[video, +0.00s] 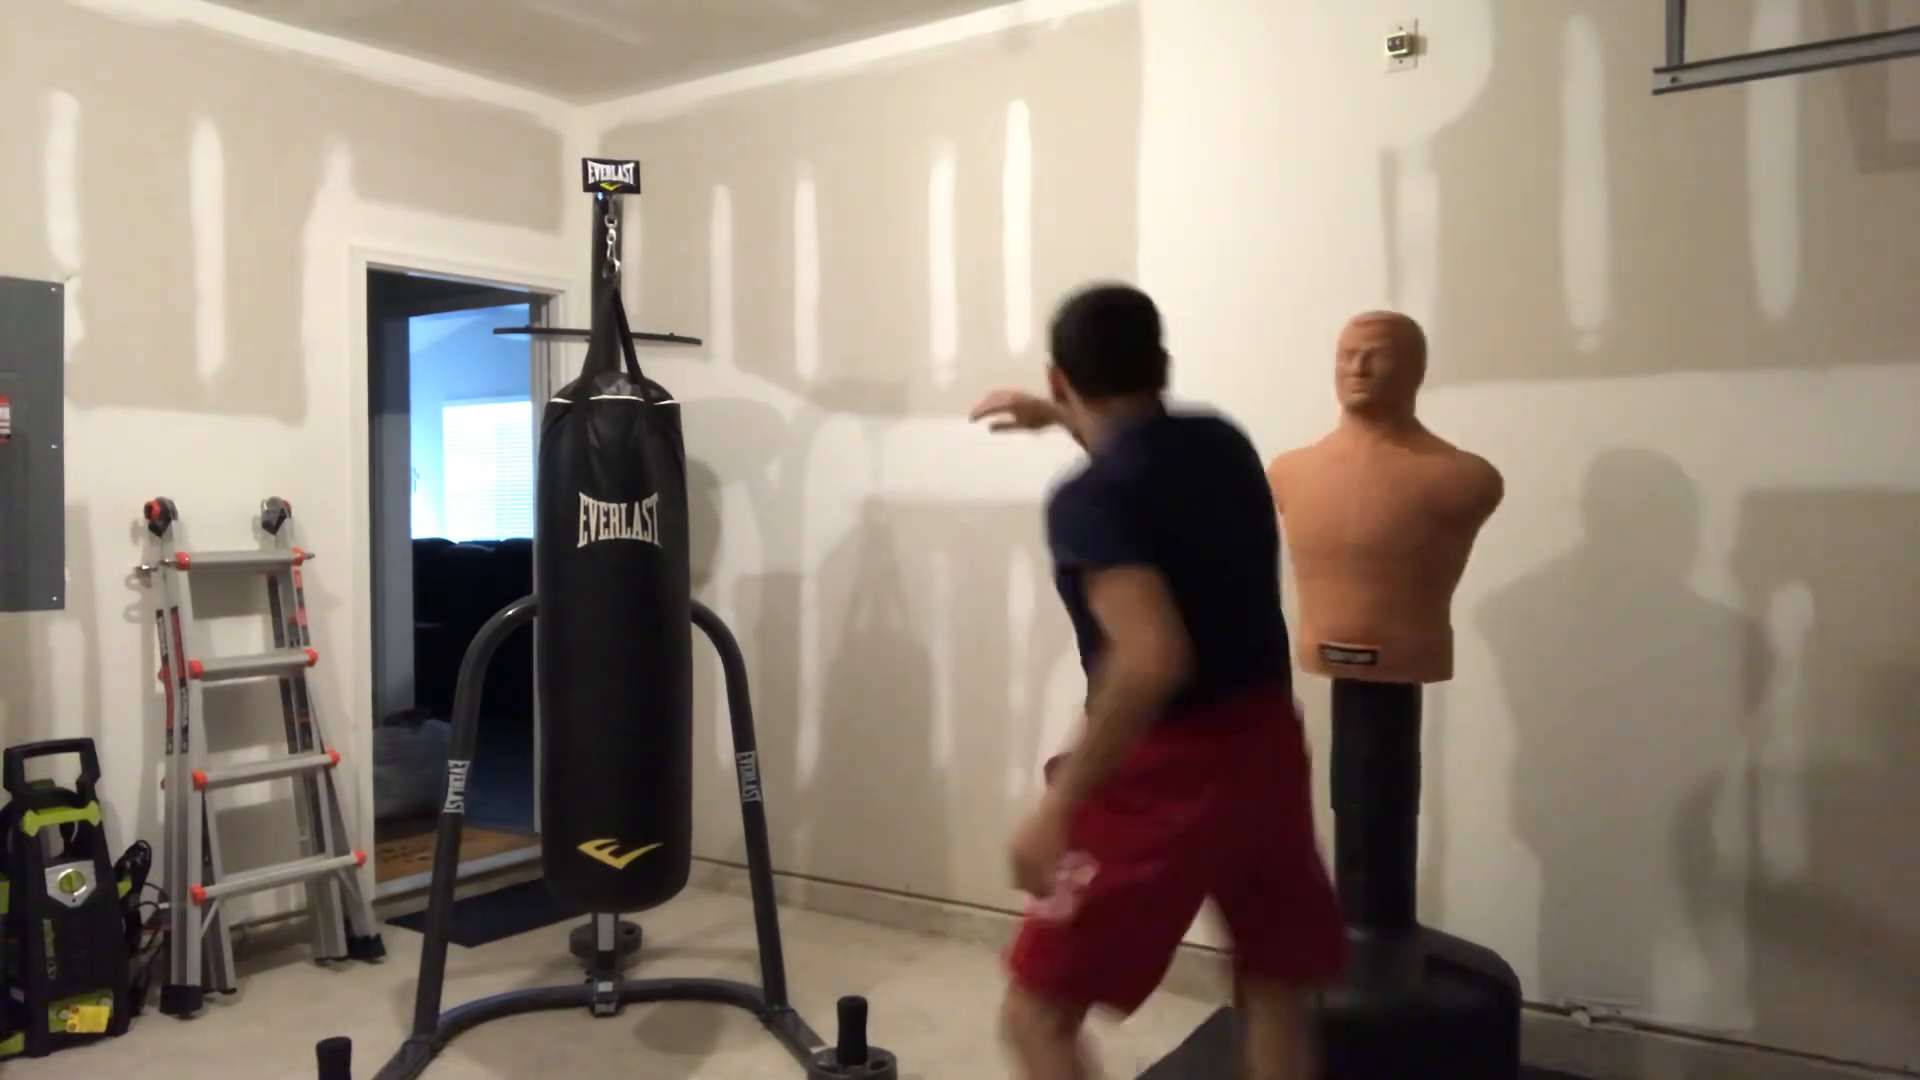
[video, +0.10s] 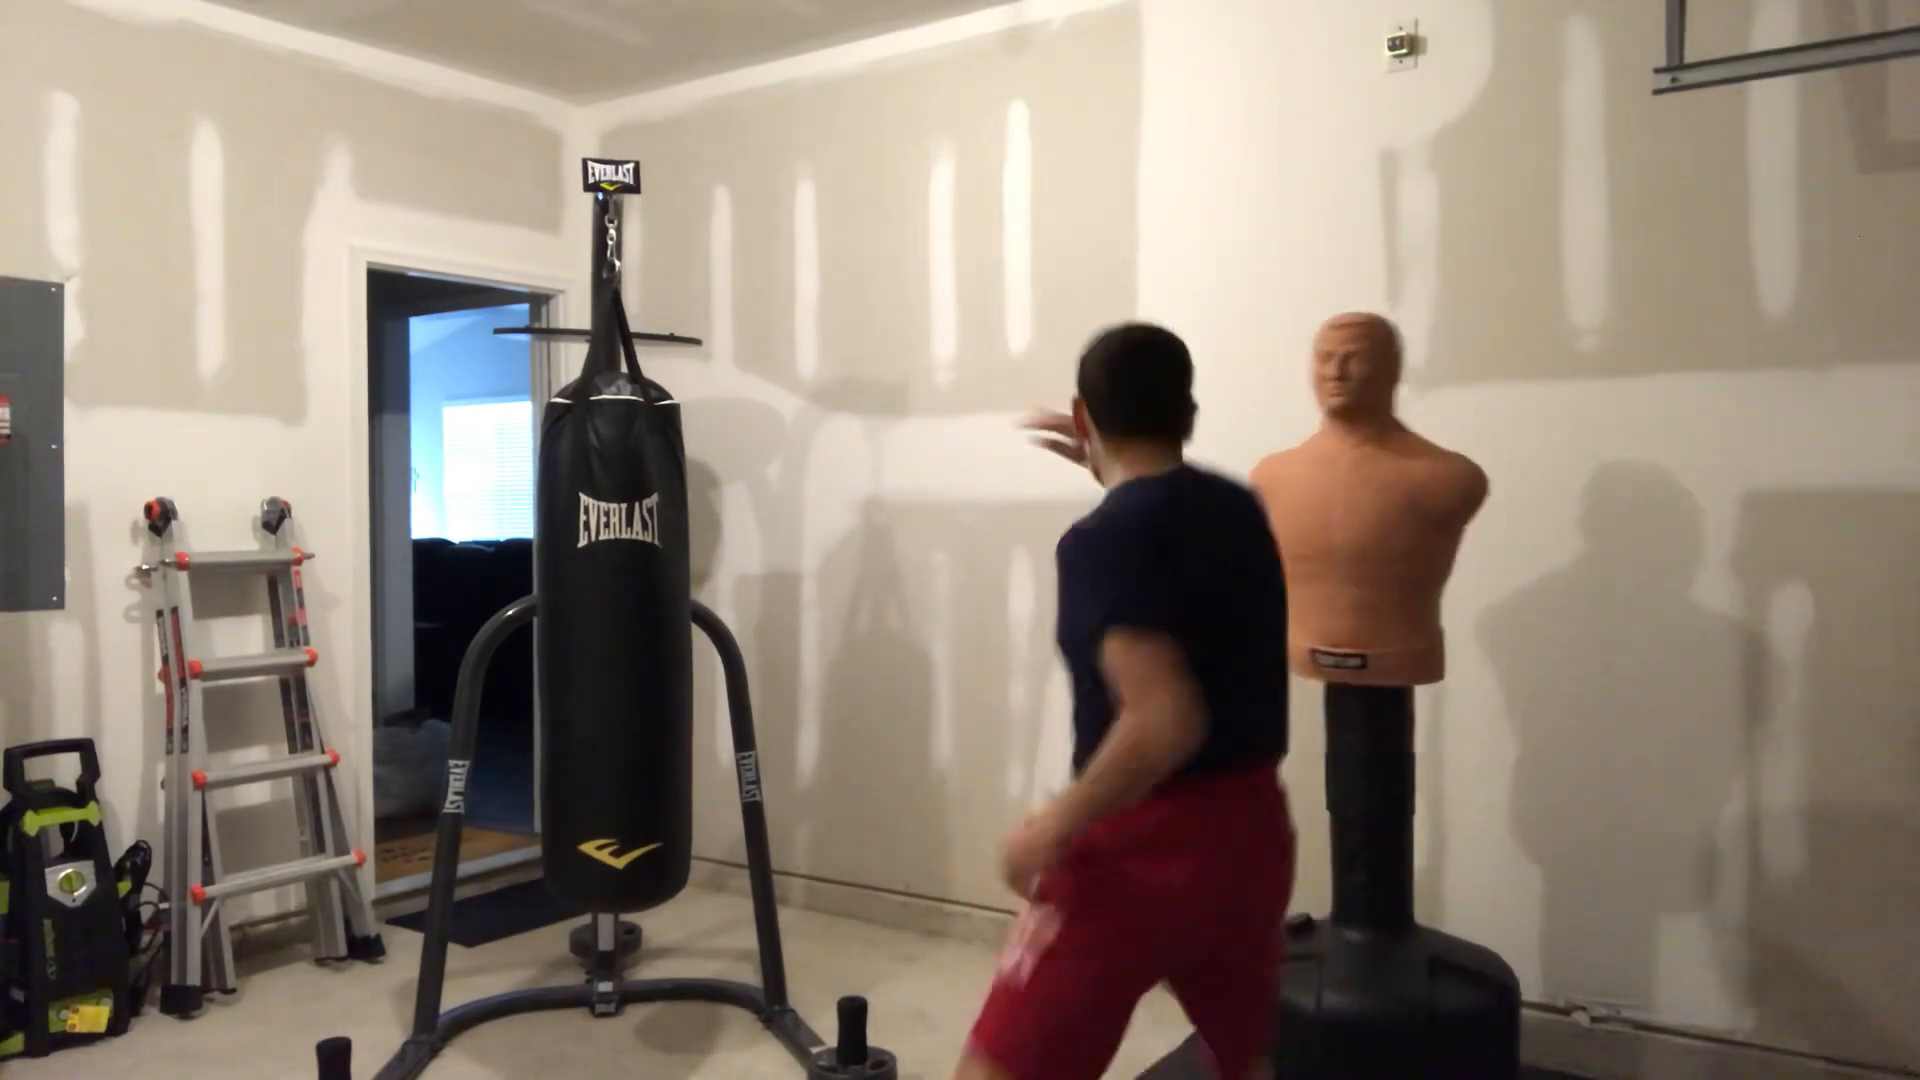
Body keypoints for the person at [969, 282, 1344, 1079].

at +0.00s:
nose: (1055, 391)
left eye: (1055, 375)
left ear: (1065, 380)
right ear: (1160, 365)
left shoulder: (1090, 494)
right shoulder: (1224, 443)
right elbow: (1139, 444)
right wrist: (1058, 415)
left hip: (1163, 772)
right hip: (1266, 757)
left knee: (1035, 1016)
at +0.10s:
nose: (1081, 418)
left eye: (1083, 406)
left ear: (1088, 416)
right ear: (1188, 412)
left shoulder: (1104, 538)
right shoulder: (1243, 510)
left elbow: (1164, 719)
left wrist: (1052, 826)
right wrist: (1108, 458)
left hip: (1136, 844)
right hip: (1250, 835)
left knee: (997, 1064)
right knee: (1248, 1060)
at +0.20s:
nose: (1078, 416)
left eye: (1076, 402)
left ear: (1081, 412)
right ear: (1191, 416)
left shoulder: (1068, 533)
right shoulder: (1243, 526)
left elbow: (1060, 747)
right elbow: (1231, 702)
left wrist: (999, 726)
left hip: (1109, 871)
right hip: (1228, 857)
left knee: (1005, 1067)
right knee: (1224, 1061)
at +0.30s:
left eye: (1074, 332)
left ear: (1076, 345)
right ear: (1189, 354)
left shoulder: (1028, 454)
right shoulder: (1238, 469)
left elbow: (937, 630)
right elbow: (1268, 621)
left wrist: (1017, 537)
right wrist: (1170, 572)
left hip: (1076, 794)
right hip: (1204, 790)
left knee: (1020, 1051)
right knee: (1221, 1043)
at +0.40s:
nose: (1059, 316)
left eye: (1061, 307)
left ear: (1066, 319)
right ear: (1181, 331)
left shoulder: (1006, 417)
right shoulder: (1234, 444)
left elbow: (907, 578)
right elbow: (1286, 609)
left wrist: (1000, 491)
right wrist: (1214, 515)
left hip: (1061, 766)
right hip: (1200, 766)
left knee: (1038, 1050)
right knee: (1218, 1035)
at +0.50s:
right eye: (1159, 357)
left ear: (1049, 354)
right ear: (1159, 367)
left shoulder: (986, 465)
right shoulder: (1218, 484)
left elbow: (898, 598)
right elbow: (1307, 647)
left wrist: (926, 513)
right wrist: (1326, 569)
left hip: (1054, 821)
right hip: (1194, 816)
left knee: (1039, 1057)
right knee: (1206, 1052)